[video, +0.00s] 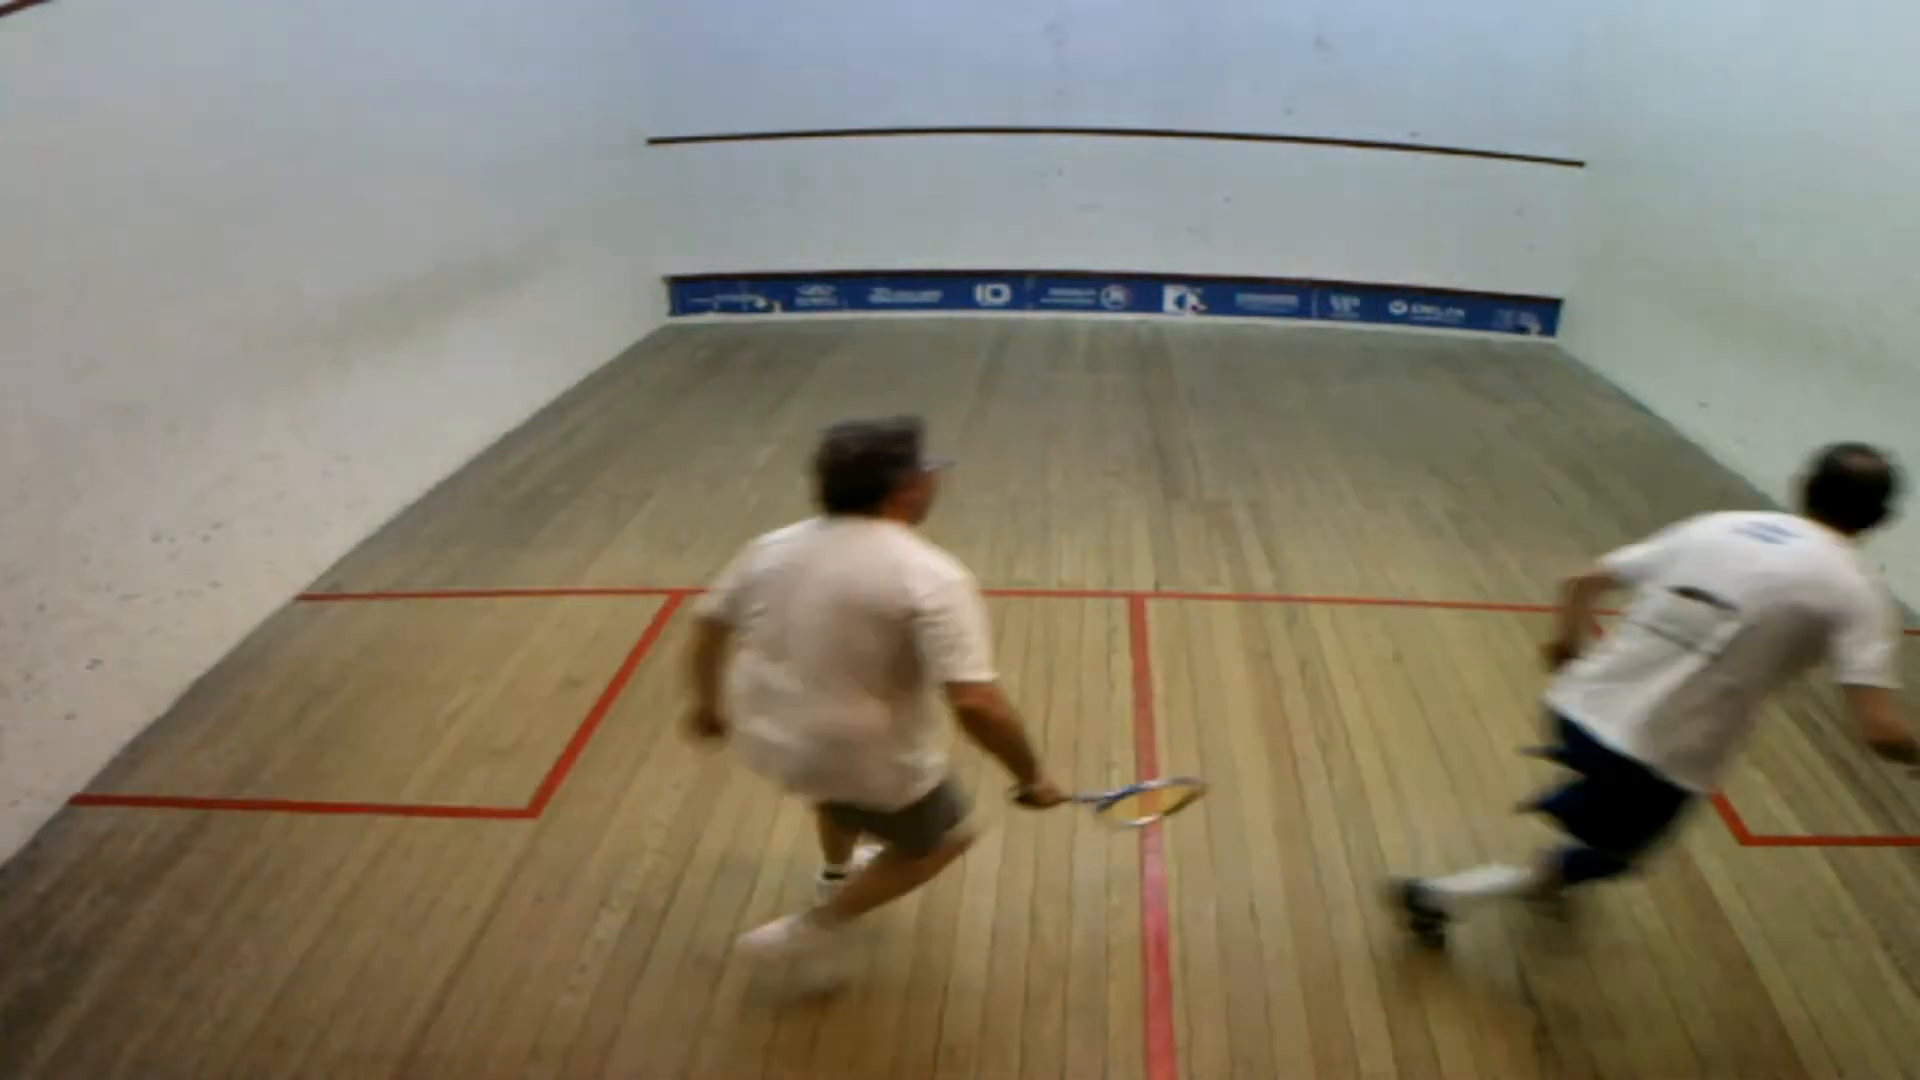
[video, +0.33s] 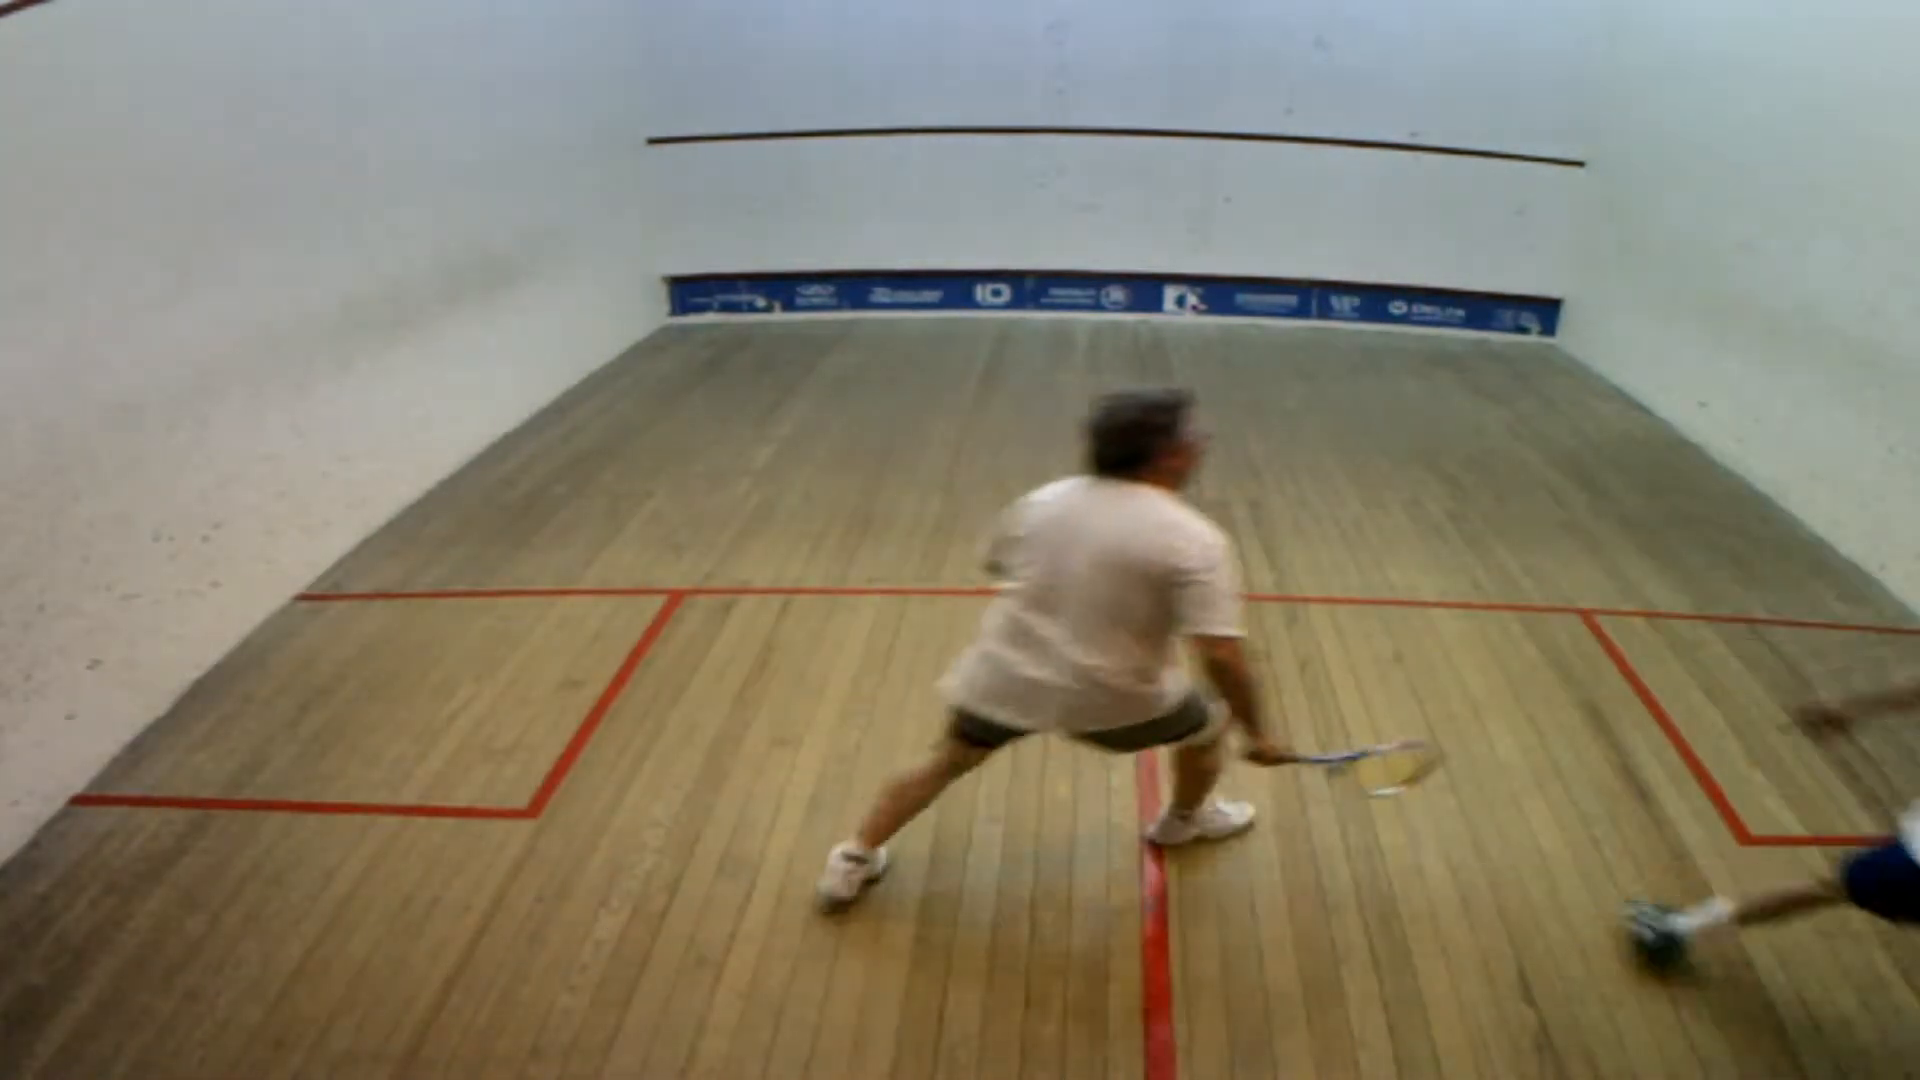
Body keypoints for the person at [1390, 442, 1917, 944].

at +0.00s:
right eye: (1880, 515)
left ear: (1806, 487)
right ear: (1872, 520)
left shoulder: (1724, 526)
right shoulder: (1851, 588)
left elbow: (1588, 580)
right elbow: (1880, 728)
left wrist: (1567, 643)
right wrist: (1916, 750)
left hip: (1582, 704)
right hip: (1658, 755)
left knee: (1600, 794)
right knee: (1599, 855)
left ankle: (1562, 875)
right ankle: (1441, 896)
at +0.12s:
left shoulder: (1848, 571)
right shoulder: (1913, 626)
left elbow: (1741, 591)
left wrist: (1698, 627)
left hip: (1718, 760)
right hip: (1795, 811)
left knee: (1710, 845)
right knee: (1869, 911)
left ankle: (1615, 925)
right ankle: (1714, 973)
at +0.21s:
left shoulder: (1905, 606)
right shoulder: (1905, 608)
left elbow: (1827, 610)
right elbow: (1829, 611)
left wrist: (1761, 629)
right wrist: (1762, 629)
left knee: (1742, 854)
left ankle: (1630, 915)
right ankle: (1630, 913)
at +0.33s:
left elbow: (1913, 694)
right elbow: (1914, 693)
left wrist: (1849, 710)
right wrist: (1851, 710)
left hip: (1910, 857)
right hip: (1909, 857)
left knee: (1827, 891)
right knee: (1827, 892)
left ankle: (1684, 926)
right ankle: (1684, 927)